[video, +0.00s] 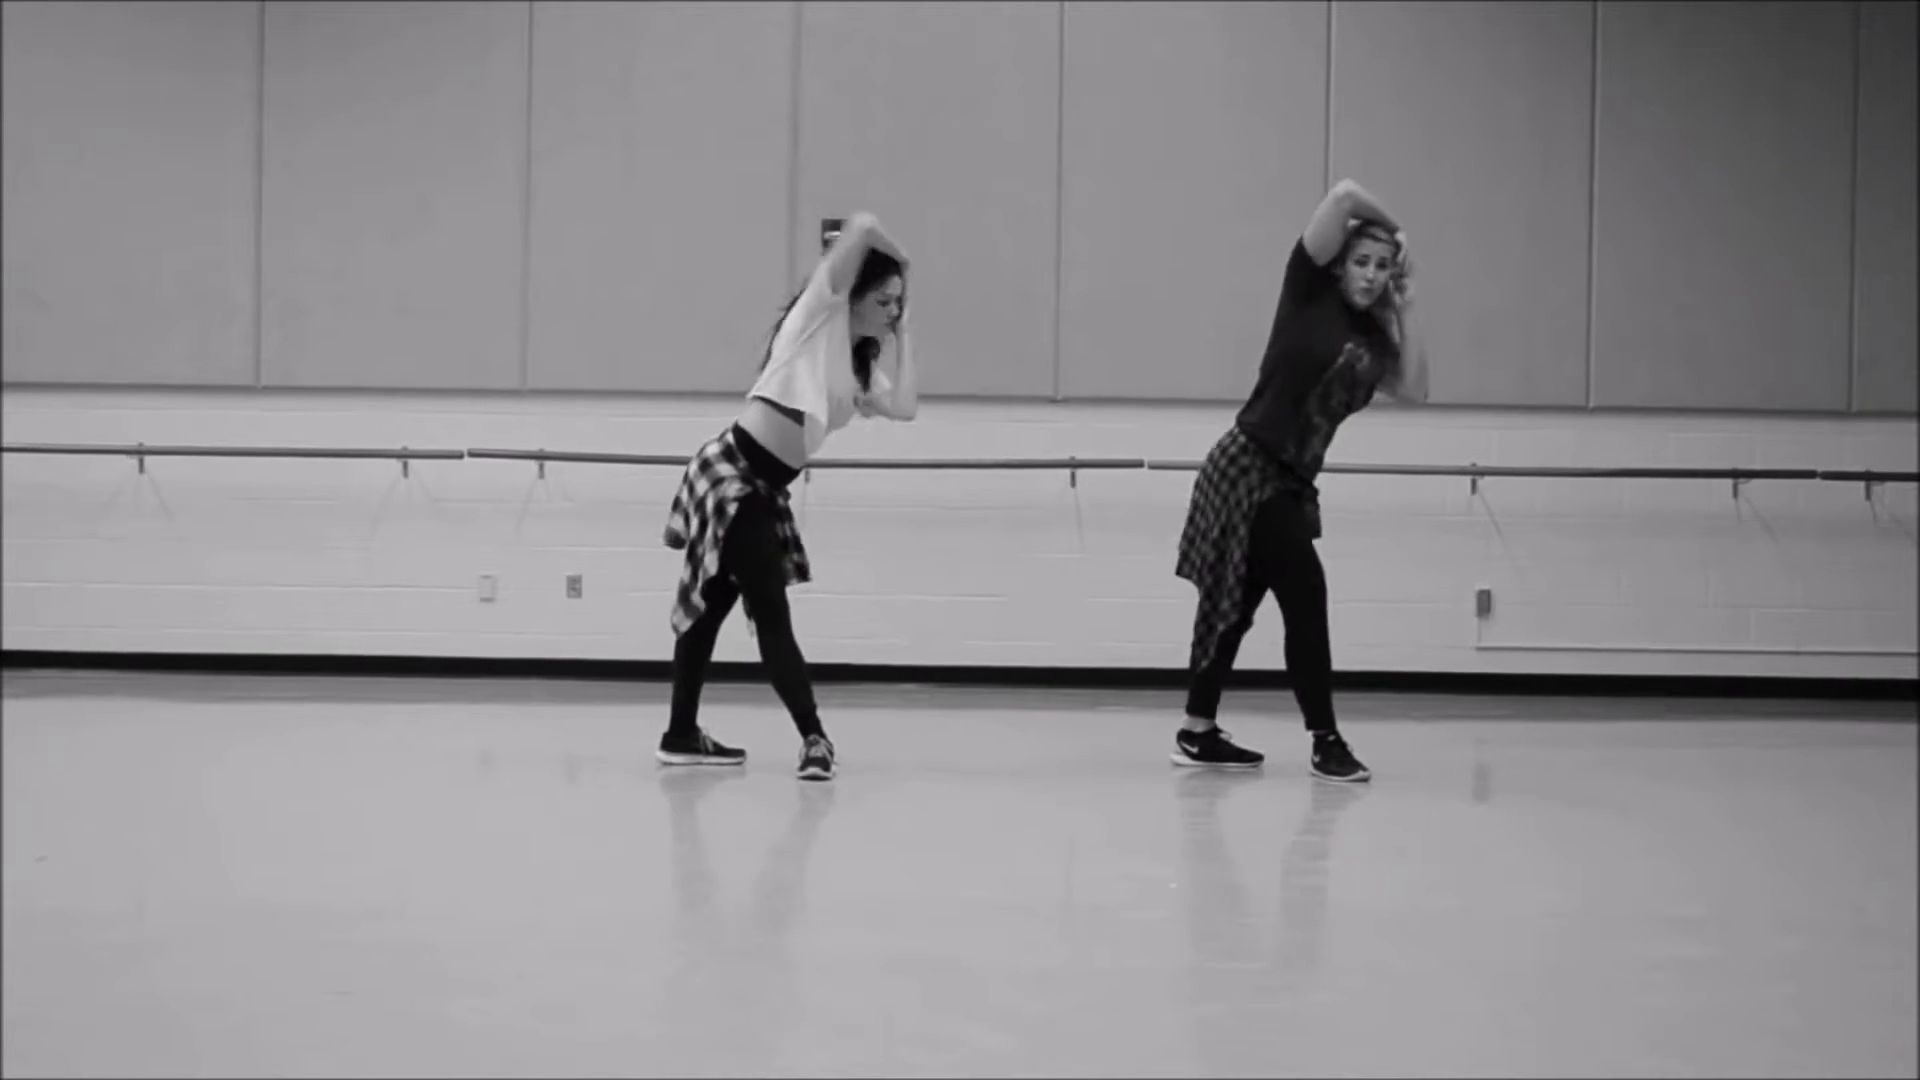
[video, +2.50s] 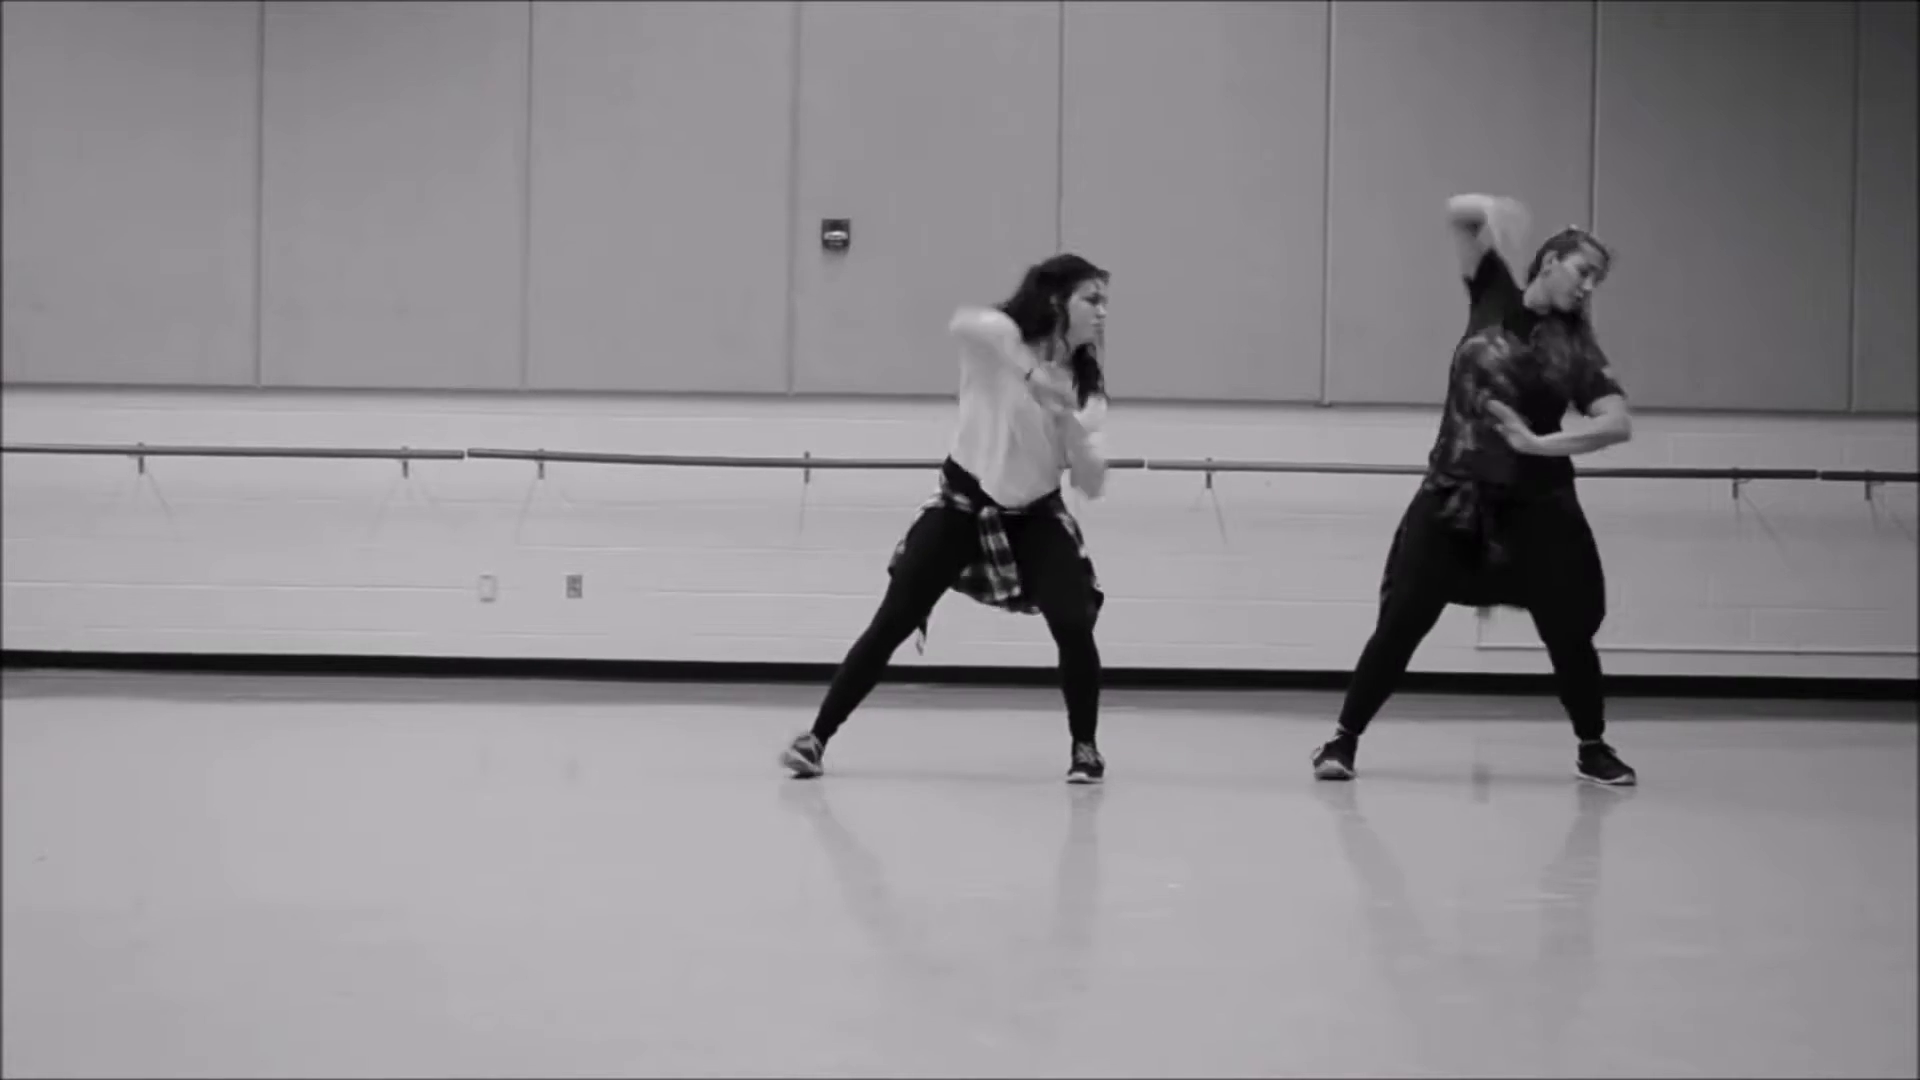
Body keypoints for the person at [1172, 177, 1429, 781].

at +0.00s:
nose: (1372, 274)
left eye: (1382, 267)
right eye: (1363, 262)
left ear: (1391, 276)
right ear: (1342, 260)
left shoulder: (1375, 337)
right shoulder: (1310, 286)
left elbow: (1413, 392)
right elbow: (1345, 191)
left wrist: (1403, 310)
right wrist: (1394, 229)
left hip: (1288, 483)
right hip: (1251, 470)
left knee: (1233, 601)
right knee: (1307, 598)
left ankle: (1197, 727)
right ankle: (1326, 742)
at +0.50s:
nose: (1399, 248)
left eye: (1407, 235)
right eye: (1384, 240)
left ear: (1421, 243)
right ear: (1365, 252)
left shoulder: (1438, 302)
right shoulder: (1342, 286)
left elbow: (1494, 258)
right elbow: (1288, 205)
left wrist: (1430, 207)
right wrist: (1362, 184)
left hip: (1350, 479)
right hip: (1307, 464)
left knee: (1269, 591)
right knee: (1326, 608)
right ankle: (1327, 741)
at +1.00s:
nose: (1443, 235)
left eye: (1452, 225)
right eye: (1429, 226)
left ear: (1465, 238)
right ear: (1406, 241)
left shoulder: (1496, 313)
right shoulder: (1385, 315)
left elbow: (1534, 395)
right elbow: (1338, 397)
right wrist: (1417, 379)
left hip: (1465, 487)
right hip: (1386, 487)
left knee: (1518, 611)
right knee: (1365, 615)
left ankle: (1589, 729)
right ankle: (1329, 738)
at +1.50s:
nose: (1525, 262)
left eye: (1536, 256)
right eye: (1513, 253)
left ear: (1546, 271)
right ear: (1489, 265)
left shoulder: (1575, 332)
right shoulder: (1472, 331)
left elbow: (1632, 390)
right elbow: (1426, 333)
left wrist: (1568, 382)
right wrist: (1505, 317)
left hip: (1543, 506)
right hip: (1458, 500)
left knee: (1592, 628)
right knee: (1400, 616)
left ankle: (1598, 747)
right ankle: (1328, 736)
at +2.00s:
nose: (1550, 272)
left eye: (1560, 266)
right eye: (1538, 262)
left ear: (1569, 280)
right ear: (1513, 273)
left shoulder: (1591, 342)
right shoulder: (1487, 334)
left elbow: (1682, 373)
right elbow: (1456, 368)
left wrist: (1627, 395)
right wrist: (1542, 382)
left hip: (1544, 510)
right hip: (1461, 501)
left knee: (1594, 623)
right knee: (1398, 617)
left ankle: (1597, 747)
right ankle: (1330, 737)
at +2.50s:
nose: (1589, 286)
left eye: (1595, 279)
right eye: (1584, 270)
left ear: (1592, 286)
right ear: (1550, 259)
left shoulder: (1577, 349)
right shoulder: (1493, 297)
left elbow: (1616, 423)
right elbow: (1458, 215)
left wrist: (1538, 443)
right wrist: (1494, 210)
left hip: (1535, 507)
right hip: (1453, 497)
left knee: (1569, 635)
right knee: (1401, 623)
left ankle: (1593, 748)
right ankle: (1343, 741)